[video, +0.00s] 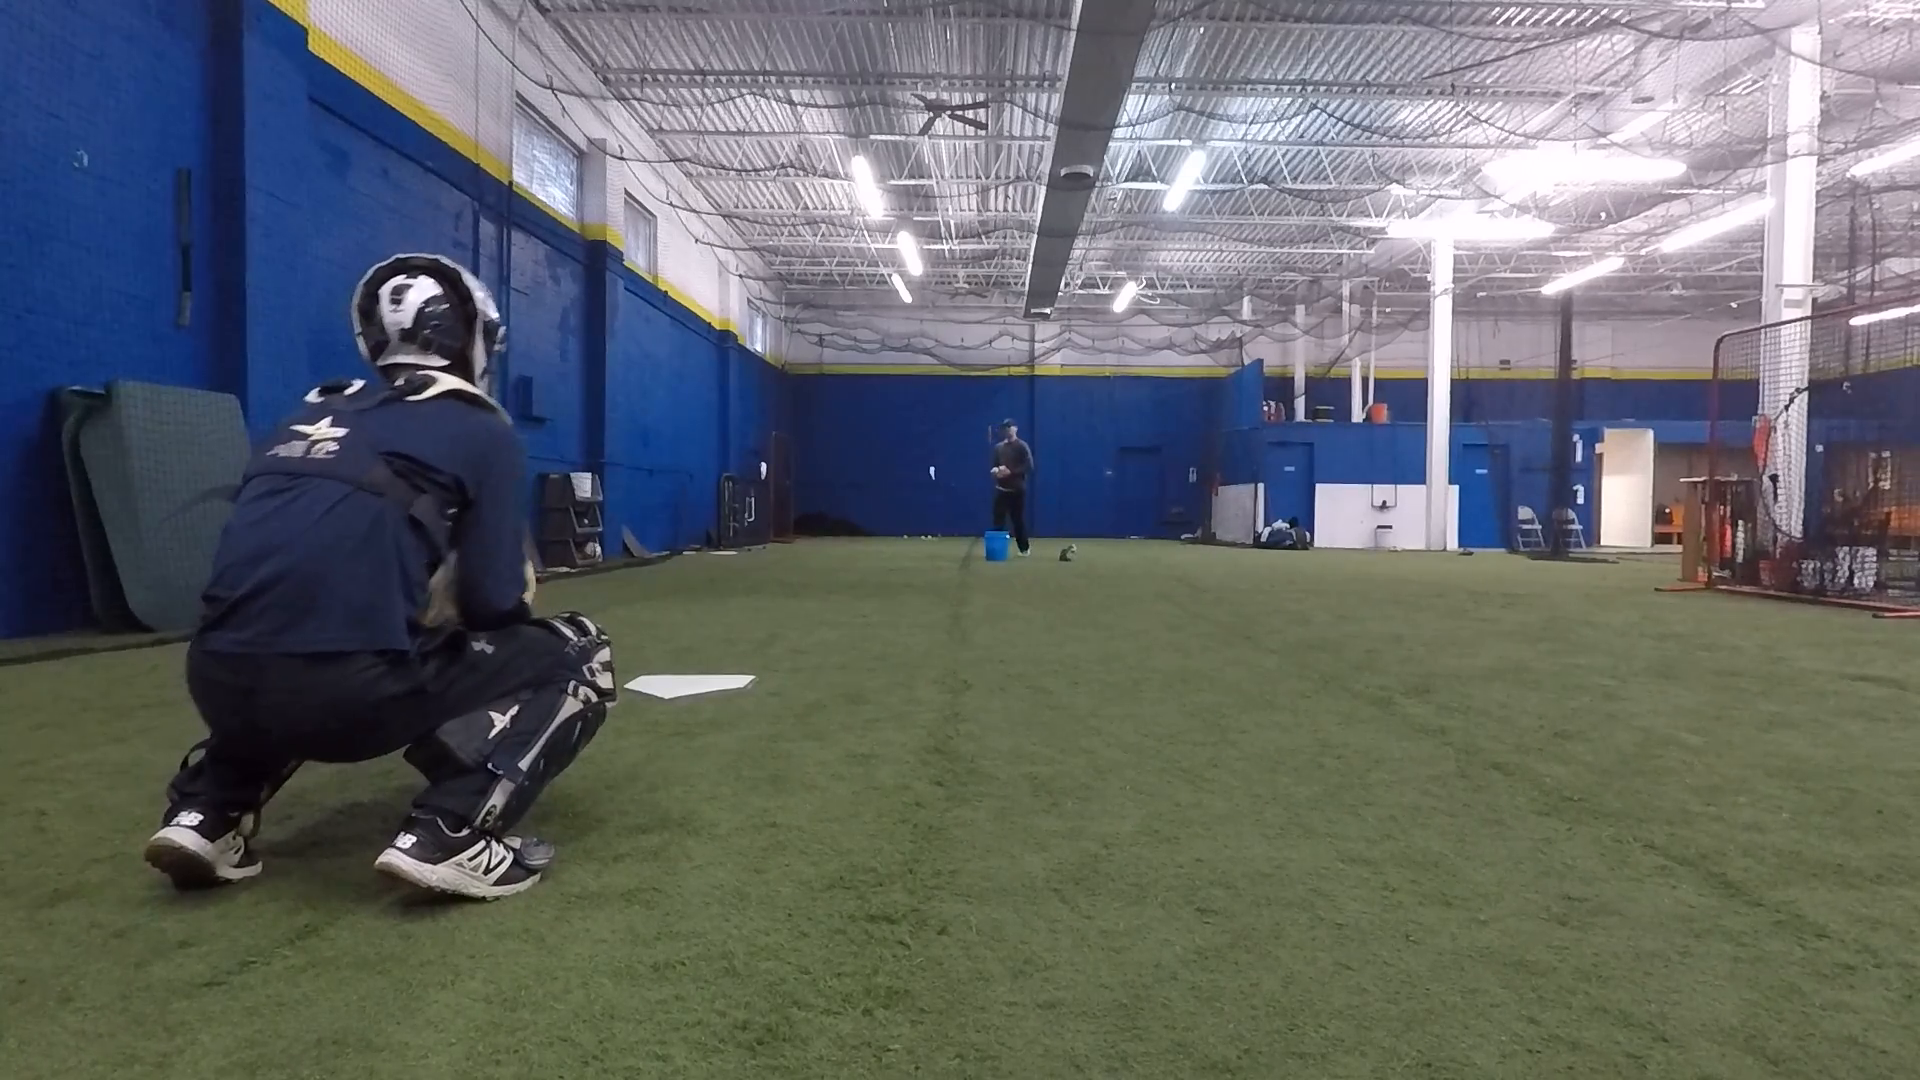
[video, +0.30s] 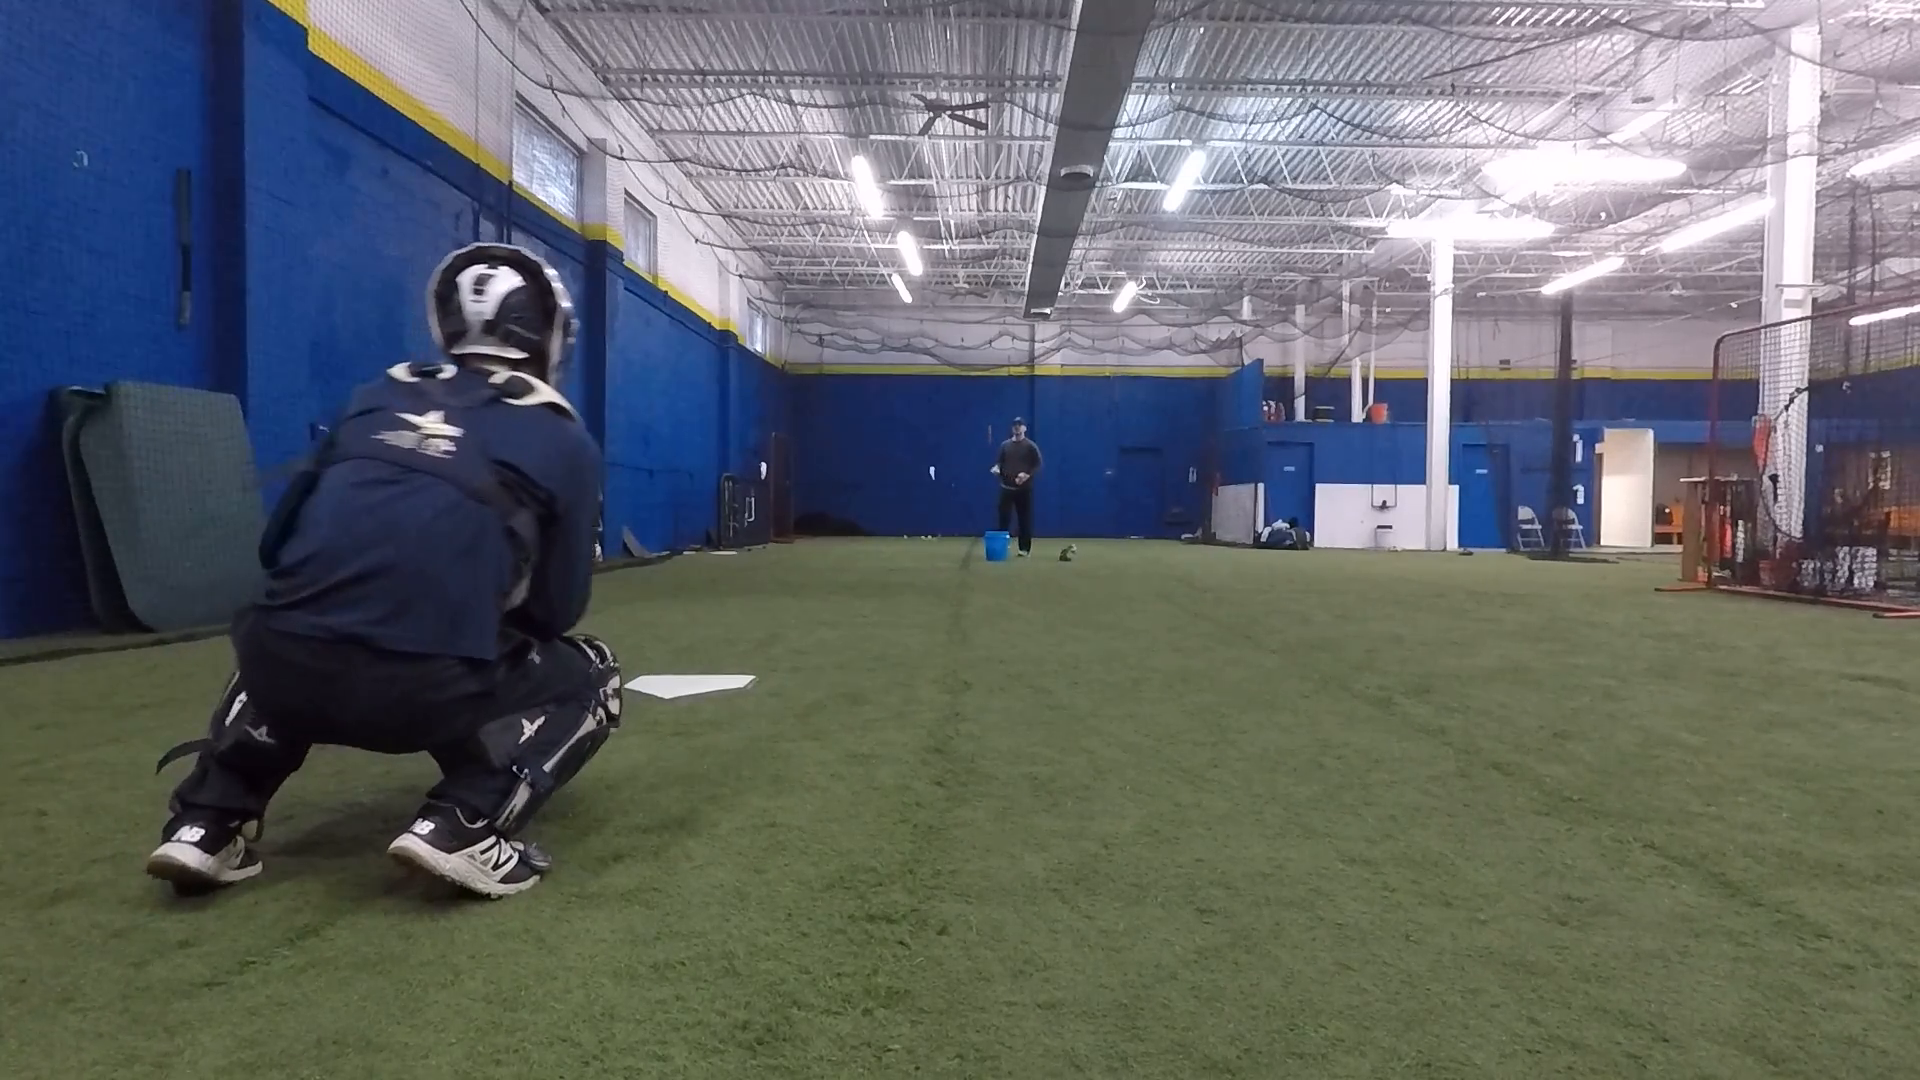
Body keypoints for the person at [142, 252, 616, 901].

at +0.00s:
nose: (491, 351)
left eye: (488, 336)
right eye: (486, 335)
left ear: (373, 342)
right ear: (472, 340)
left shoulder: (313, 409)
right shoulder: (484, 433)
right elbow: (491, 603)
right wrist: (520, 590)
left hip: (224, 686)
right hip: (355, 694)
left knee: (313, 616)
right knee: (580, 654)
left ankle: (207, 811)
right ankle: (451, 830)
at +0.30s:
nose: (566, 342)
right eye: (562, 327)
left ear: (448, 330)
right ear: (550, 335)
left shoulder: (375, 396)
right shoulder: (567, 442)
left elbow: (278, 540)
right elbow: (556, 612)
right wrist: (463, 606)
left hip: (289, 670)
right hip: (430, 691)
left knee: (291, 631)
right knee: (589, 674)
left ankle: (205, 821)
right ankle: (462, 821)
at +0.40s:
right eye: (583, 323)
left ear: (470, 323)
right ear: (575, 335)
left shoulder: (409, 384)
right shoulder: (593, 452)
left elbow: (285, 512)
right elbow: (563, 616)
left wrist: (372, 550)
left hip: (305, 661)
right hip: (447, 688)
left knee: (280, 623)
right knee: (581, 678)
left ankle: (195, 821)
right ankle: (470, 820)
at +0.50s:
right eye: (604, 325)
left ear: (490, 322)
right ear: (594, 339)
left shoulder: (433, 380)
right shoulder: (609, 455)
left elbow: (279, 488)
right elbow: (571, 622)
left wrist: (372, 531)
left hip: (324, 655)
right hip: (466, 692)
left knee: (274, 591)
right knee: (577, 685)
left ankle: (173, 809)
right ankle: (473, 820)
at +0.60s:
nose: (606, 345)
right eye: (606, 334)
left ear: (499, 328)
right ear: (601, 347)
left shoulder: (437, 382)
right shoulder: (616, 460)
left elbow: (269, 481)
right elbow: (596, 626)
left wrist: (369, 522)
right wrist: (517, 608)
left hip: (334, 658)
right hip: (477, 696)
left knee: (260, 592)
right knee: (576, 683)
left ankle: (151, 815)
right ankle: (474, 818)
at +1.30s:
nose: (477, 297)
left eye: (473, 281)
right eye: (472, 280)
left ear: (361, 284)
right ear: (457, 283)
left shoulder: (287, 353)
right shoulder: (434, 351)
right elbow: (465, 426)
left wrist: (421, 581)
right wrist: (493, 579)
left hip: (171, 590)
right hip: (308, 587)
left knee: (245, 654)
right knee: (543, 626)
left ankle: (116, 835)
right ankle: (455, 834)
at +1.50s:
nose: (465, 260)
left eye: (465, 246)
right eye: (463, 245)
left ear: (352, 238)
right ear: (443, 239)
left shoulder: (274, 297)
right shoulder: (423, 285)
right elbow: (421, 355)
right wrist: (405, 508)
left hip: (144, 522)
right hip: (277, 507)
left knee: (238, 607)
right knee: (524, 595)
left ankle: (89, 812)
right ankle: (510, 799)